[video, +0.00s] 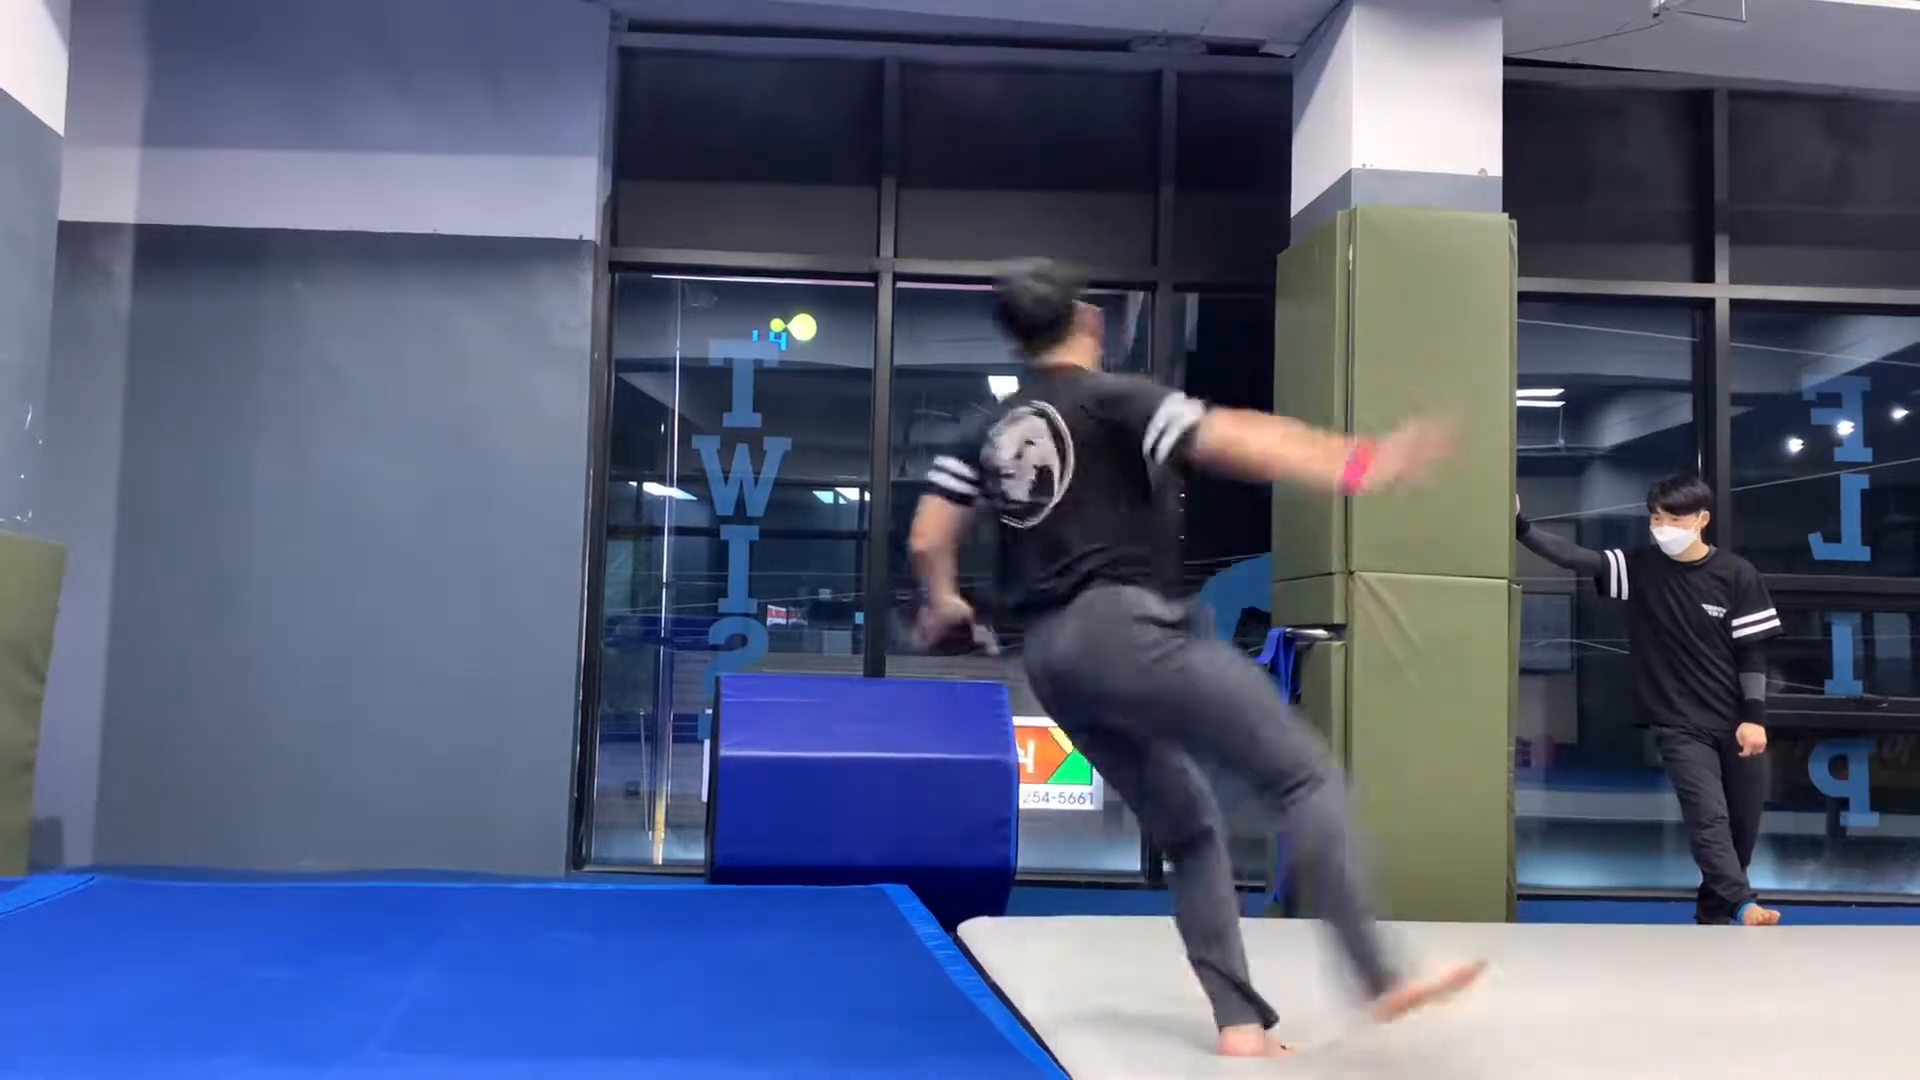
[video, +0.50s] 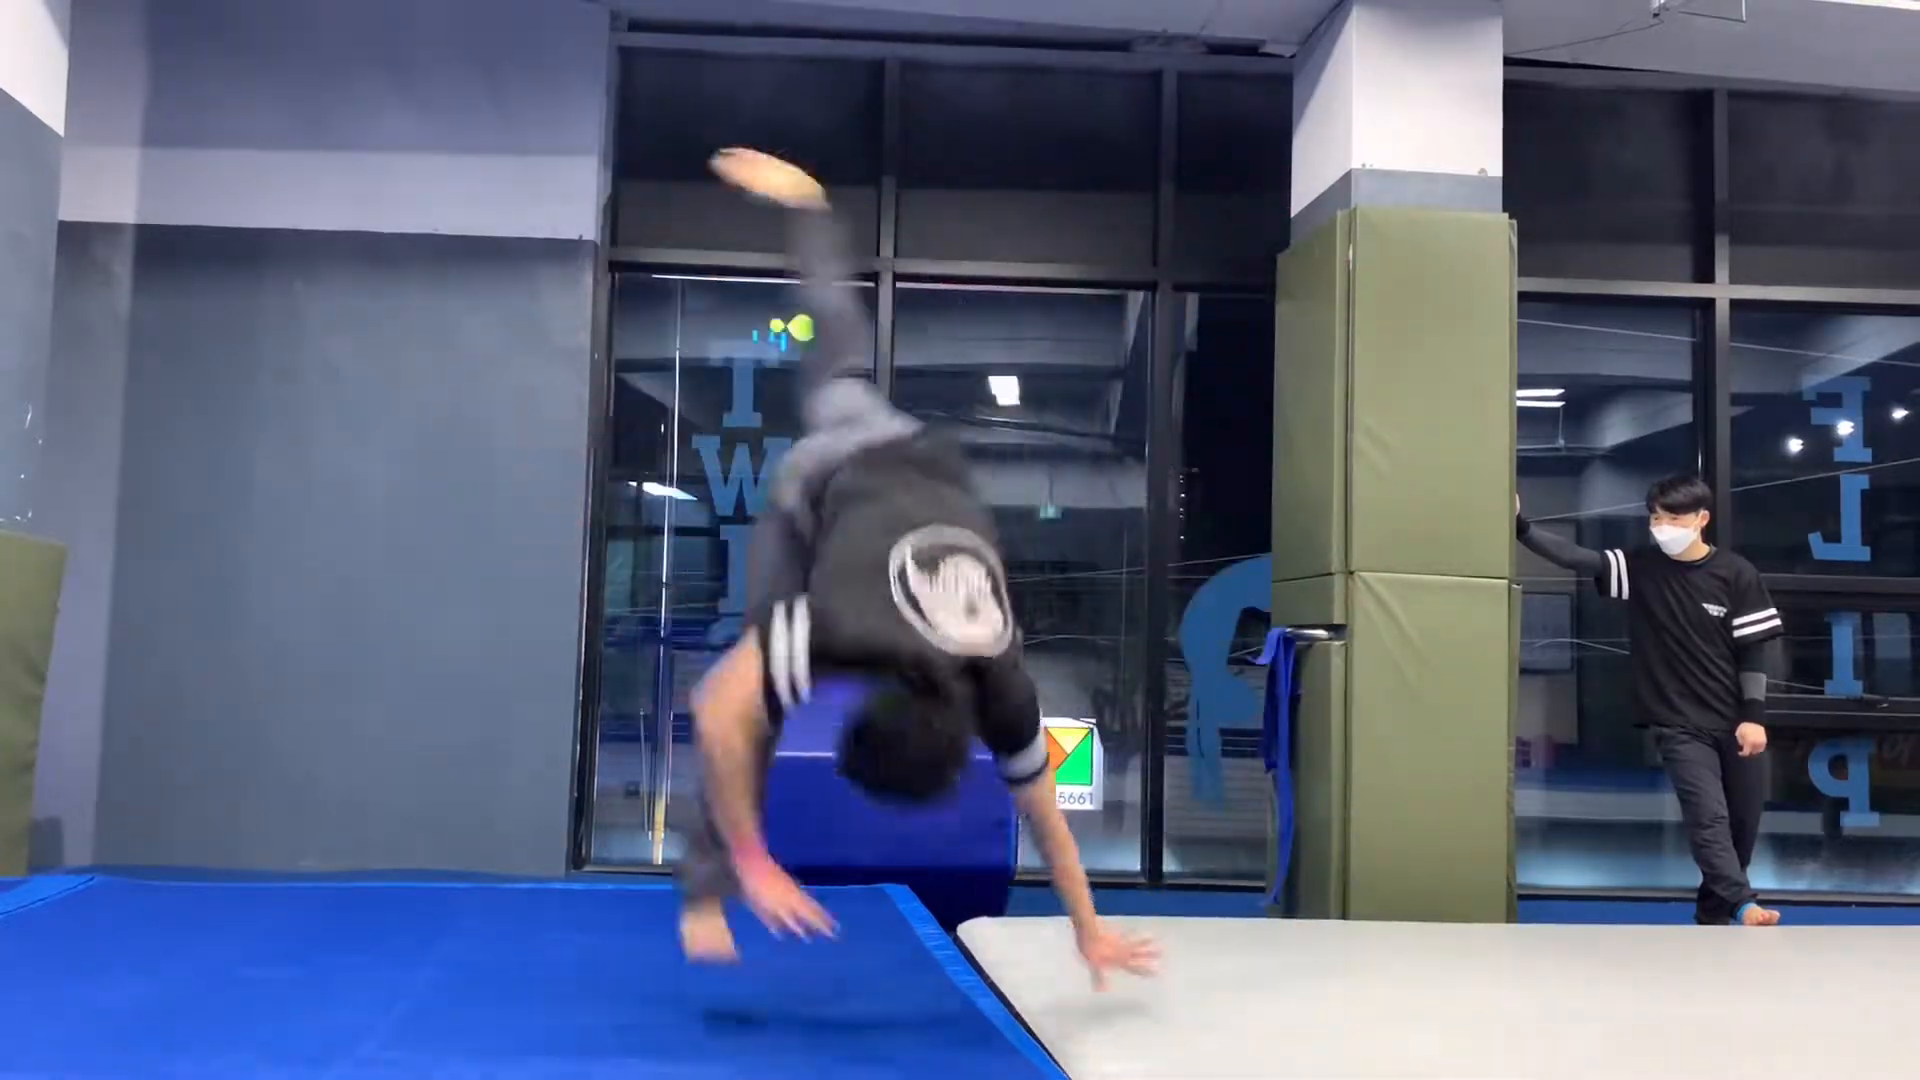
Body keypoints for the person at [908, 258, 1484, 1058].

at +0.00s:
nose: (1098, 322)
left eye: (1086, 313)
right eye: (1092, 312)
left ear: (1019, 339)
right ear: (1085, 323)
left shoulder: (995, 431)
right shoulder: (1118, 397)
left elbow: (928, 536)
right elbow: (1229, 439)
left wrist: (943, 601)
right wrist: (1355, 460)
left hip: (1048, 653)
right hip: (1124, 629)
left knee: (1188, 829)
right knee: (1303, 772)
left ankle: (1241, 1026)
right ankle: (1380, 979)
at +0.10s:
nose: (867, 336)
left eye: (862, 323)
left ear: (874, 323)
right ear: (937, 276)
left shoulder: (903, 402)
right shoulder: (1046, 318)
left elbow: (904, 543)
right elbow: (1176, 267)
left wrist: (844, 568)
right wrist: (1294, 212)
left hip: (1053, 607)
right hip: (1133, 554)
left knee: (1148, 783)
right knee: (1283, 616)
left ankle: (1228, 990)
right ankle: (1386, 702)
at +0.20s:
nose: (799, 415)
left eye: (796, 402)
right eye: (785, 403)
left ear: (832, 380)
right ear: (844, 311)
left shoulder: (896, 437)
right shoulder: (937, 258)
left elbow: (939, 582)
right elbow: (994, 140)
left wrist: (848, 684)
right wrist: (1012, 38)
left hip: (1082, 517)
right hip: (1130, 444)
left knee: (1137, 723)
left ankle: (1251, 869)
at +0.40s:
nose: (856, 651)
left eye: (861, 641)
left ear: (897, 597)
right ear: (809, 558)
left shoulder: (971, 604)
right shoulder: (811, 473)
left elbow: (1016, 735)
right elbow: (681, 422)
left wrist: (1065, 887)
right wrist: (602, 552)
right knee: (777, 548)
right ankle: (692, 682)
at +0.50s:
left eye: (915, 783)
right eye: (885, 777)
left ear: (953, 748)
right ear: (861, 731)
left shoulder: (1002, 689)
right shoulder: (828, 637)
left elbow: (1042, 811)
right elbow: (717, 709)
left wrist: (1089, 928)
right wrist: (751, 861)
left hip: (927, 465)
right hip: (826, 468)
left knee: (843, 377)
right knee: (744, 700)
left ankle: (807, 204)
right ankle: (706, 884)